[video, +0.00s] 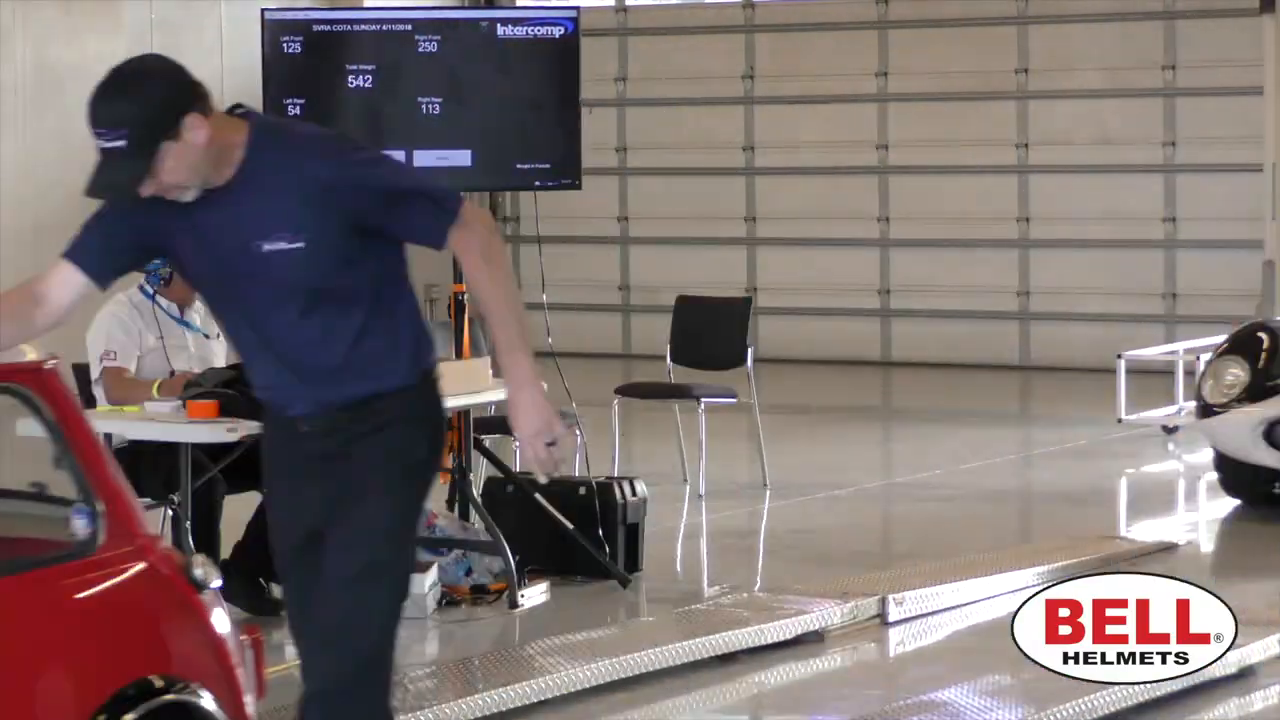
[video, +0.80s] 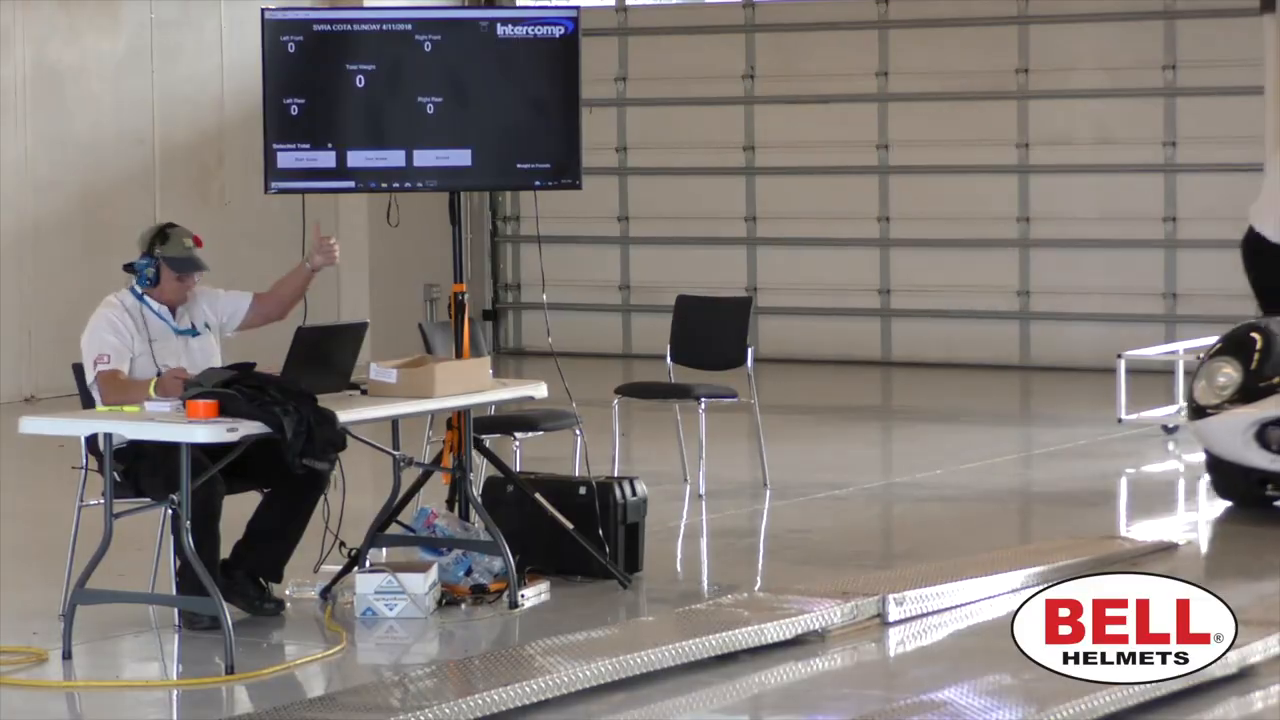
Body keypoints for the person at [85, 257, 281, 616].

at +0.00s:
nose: (201, 279)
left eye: (202, 270)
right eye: (193, 270)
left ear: (207, 271)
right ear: (164, 268)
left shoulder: (208, 311)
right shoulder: (120, 315)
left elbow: (231, 370)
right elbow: (112, 389)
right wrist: (168, 388)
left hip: (209, 442)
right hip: (140, 448)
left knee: (294, 463)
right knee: (203, 482)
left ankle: (247, 571)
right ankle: (200, 585)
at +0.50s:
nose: (203, 285)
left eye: (205, 276)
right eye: (196, 276)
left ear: (172, 274)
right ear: (164, 273)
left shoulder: (200, 317)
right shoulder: (119, 316)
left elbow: (219, 376)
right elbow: (114, 388)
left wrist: (280, 374)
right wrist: (166, 387)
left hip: (210, 445)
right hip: (142, 449)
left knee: (306, 470)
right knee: (202, 479)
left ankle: (244, 574)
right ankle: (196, 597)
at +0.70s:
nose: (195, 276)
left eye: (197, 267)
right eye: (186, 267)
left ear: (199, 268)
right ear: (154, 268)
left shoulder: (204, 302)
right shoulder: (116, 315)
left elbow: (267, 302)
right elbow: (113, 389)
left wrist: (312, 258)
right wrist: (163, 388)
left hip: (210, 444)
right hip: (142, 449)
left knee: (306, 468)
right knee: (203, 483)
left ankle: (244, 574)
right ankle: (195, 601)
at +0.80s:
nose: (191, 282)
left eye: (194, 273)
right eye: (180, 273)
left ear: (199, 271)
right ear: (149, 270)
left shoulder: (203, 303)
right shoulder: (114, 316)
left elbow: (268, 307)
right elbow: (109, 389)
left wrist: (309, 266)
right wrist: (155, 387)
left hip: (210, 445)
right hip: (141, 451)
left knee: (306, 468)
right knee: (203, 482)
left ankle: (243, 573)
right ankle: (196, 599)